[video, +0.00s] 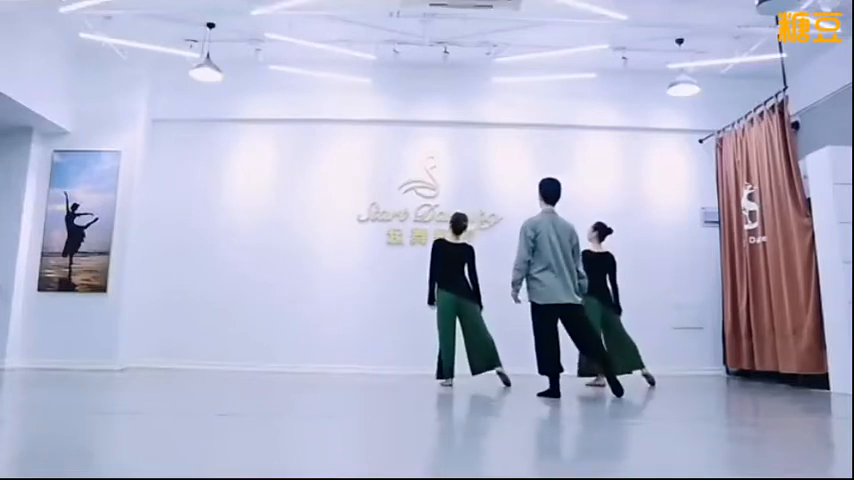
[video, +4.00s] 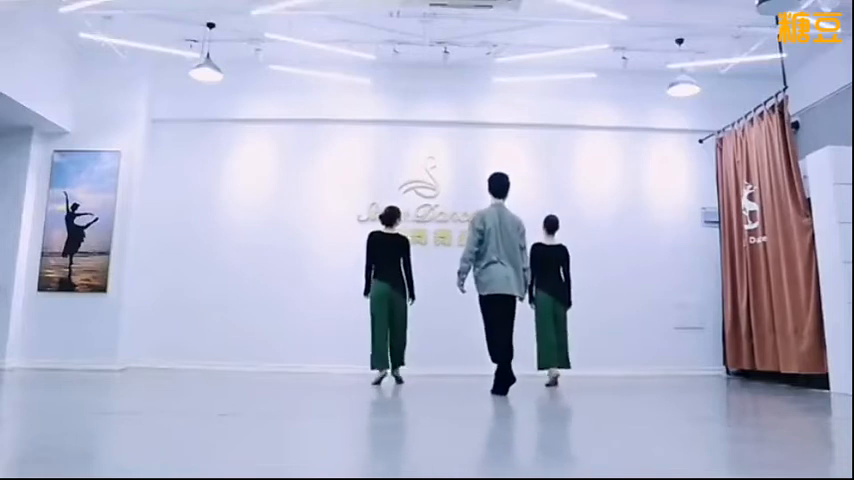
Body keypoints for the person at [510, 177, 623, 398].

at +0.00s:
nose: (539, 197)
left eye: (539, 193)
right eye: (549, 193)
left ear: (539, 195)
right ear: (558, 197)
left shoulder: (531, 225)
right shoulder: (568, 228)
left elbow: (523, 259)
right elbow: (578, 264)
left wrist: (515, 285)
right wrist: (580, 290)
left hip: (542, 296)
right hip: (568, 295)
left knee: (547, 343)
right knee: (588, 339)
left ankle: (554, 388)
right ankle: (611, 377)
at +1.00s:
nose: (540, 196)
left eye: (539, 192)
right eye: (551, 193)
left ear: (539, 195)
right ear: (558, 196)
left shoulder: (530, 225)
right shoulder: (568, 227)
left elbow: (522, 260)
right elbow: (578, 263)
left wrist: (515, 285)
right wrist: (581, 289)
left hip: (542, 296)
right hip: (568, 294)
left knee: (548, 342)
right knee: (589, 337)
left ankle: (554, 388)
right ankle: (611, 376)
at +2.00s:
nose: (526, 224)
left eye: (526, 220)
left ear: (526, 222)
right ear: (545, 222)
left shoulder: (523, 247)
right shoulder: (559, 247)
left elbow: (509, 276)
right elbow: (577, 278)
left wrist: (493, 298)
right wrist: (583, 303)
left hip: (539, 302)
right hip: (564, 301)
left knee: (535, 347)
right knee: (554, 335)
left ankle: (551, 387)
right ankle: (565, 370)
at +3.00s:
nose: (509, 196)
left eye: (509, 192)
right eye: (517, 192)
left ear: (509, 193)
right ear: (527, 194)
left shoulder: (503, 218)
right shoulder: (538, 223)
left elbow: (496, 249)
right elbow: (544, 258)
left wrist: (489, 273)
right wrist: (544, 287)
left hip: (510, 283)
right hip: (534, 284)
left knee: (514, 331)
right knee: (528, 332)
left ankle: (529, 371)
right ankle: (517, 378)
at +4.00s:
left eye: (491, 187)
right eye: (501, 187)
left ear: (488, 189)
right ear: (507, 190)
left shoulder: (481, 217)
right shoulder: (517, 222)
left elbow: (471, 250)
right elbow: (523, 257)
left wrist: (462, 273)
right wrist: (525, 284)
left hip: (487, 282)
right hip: (511, 282)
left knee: (493, 328)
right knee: (506, 330)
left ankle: (505, 370)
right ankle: (501, 381)